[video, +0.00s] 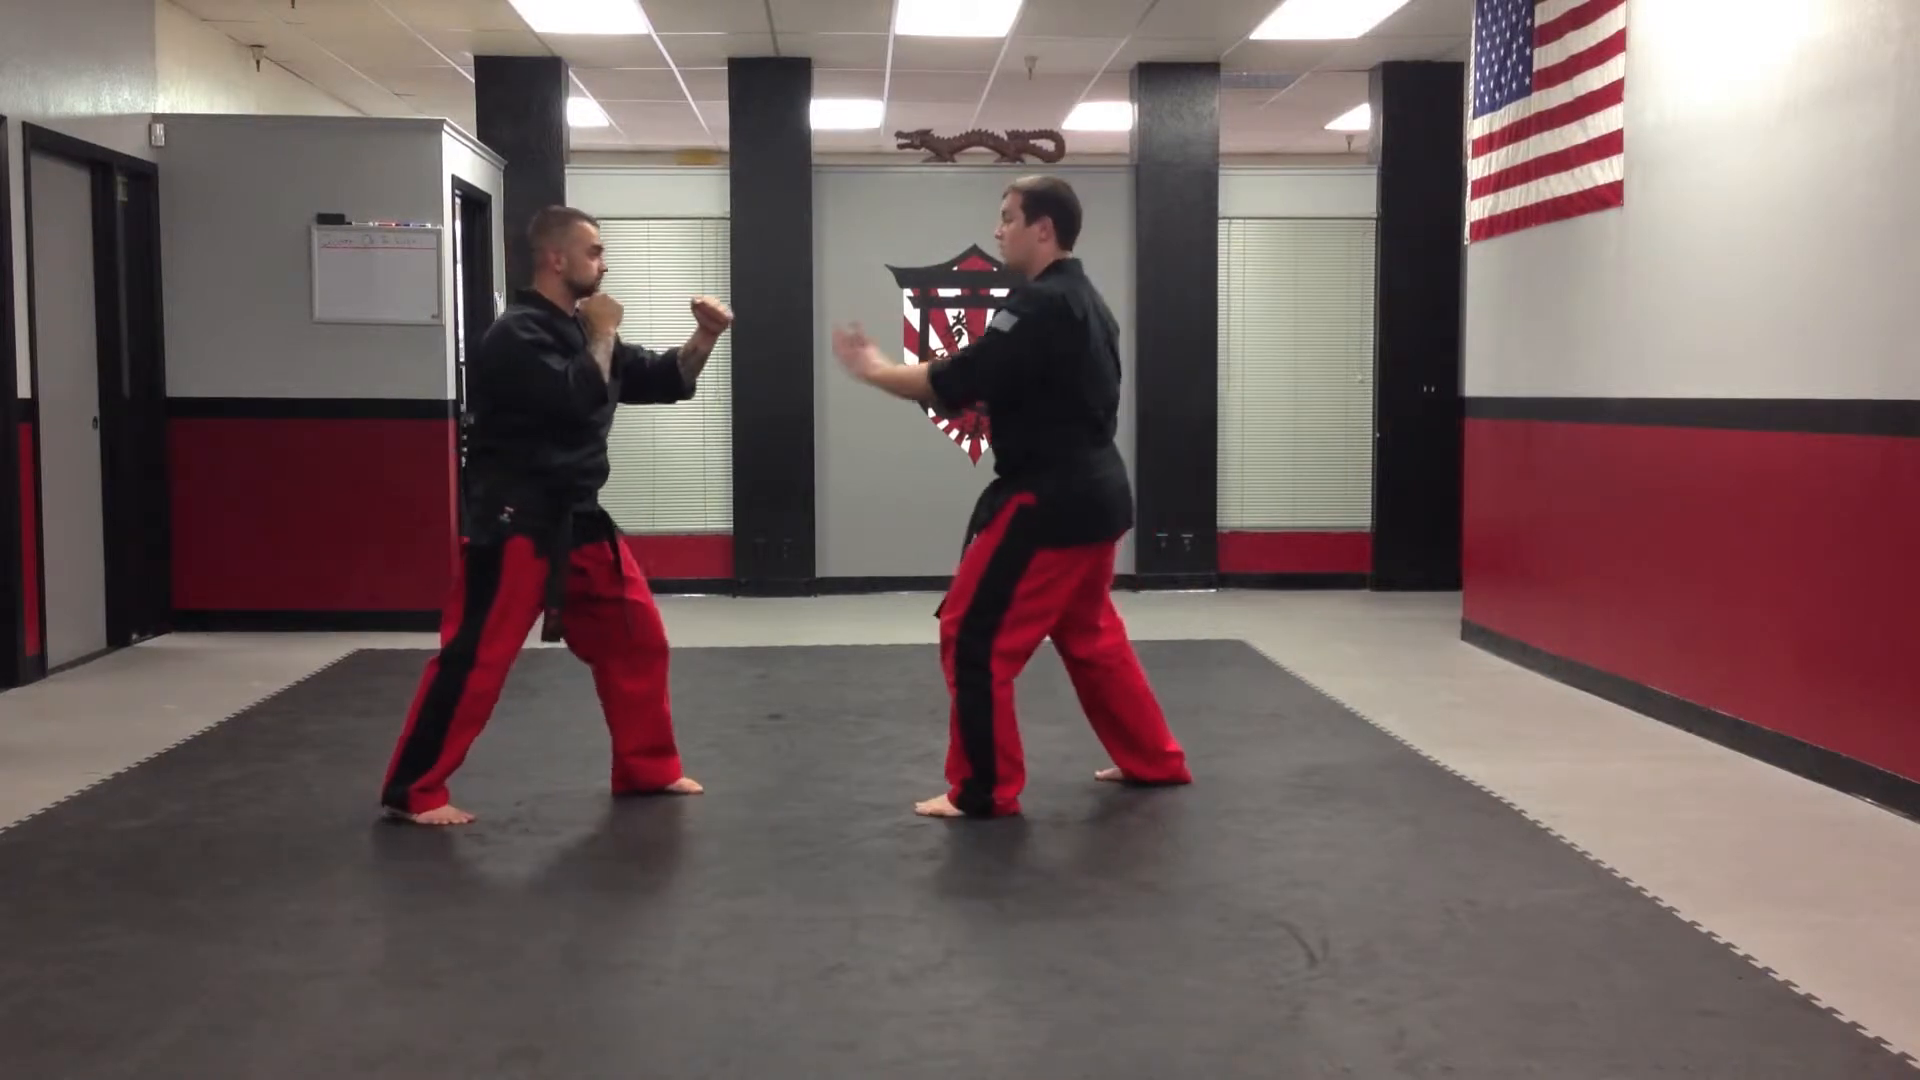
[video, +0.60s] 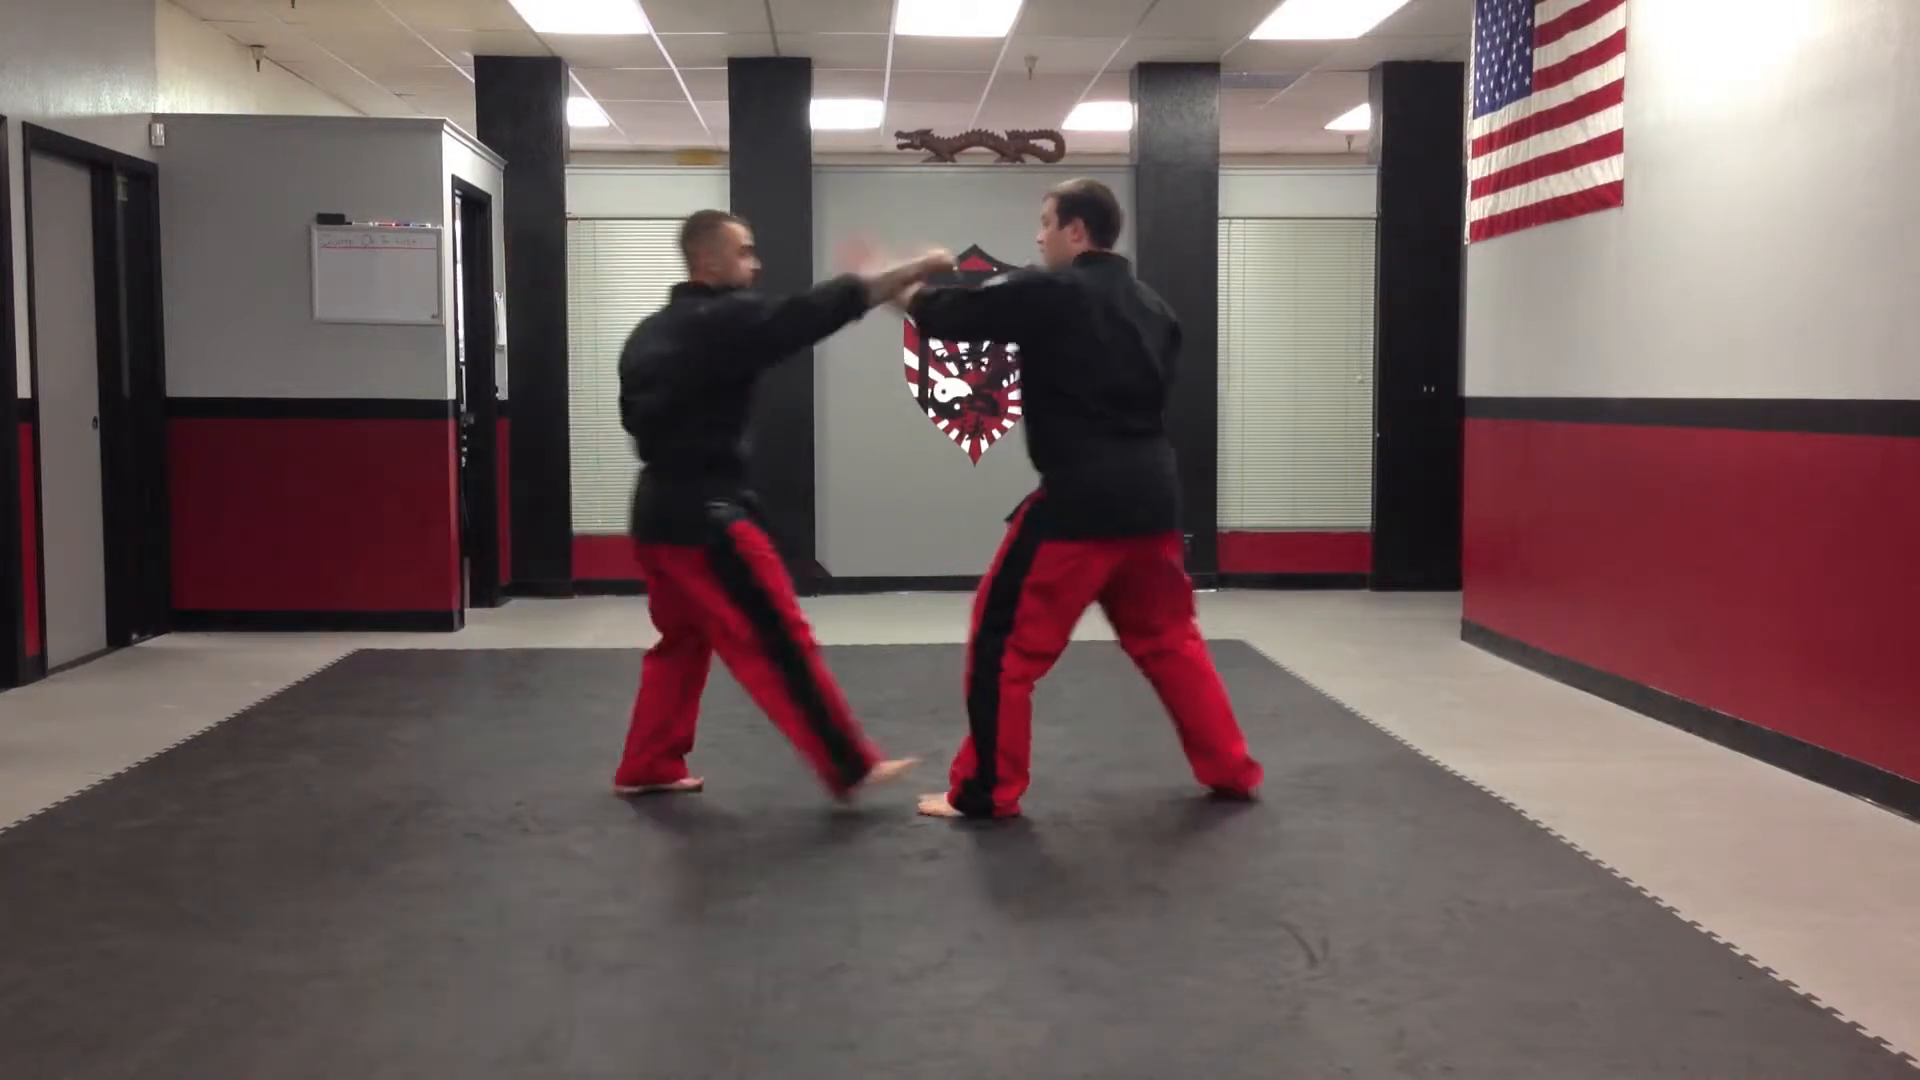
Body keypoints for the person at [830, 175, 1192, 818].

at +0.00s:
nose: (997, 232)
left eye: (1006, 220)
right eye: (1000, 219)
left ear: (1043, 229)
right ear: (1050, 233)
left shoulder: (1043, 304)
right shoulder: (1082, 299)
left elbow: (953, 380)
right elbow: (1050, 393)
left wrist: (875, 370)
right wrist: (983, 403)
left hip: (1044, 503)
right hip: (1093, 496)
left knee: (970, 635)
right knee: (1087, 627)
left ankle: (984, 792)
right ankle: (1154, 759)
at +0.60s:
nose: (1039, 239)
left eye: (1045, 226)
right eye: (1041, 226)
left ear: (1075, 231)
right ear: (1103, 234)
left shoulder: (1048, 291)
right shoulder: (1153, 307)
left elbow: (951, 313)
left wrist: (915, 287)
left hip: (1074, 504)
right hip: (1151, 503)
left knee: (1003, 644)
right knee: (1169, 637)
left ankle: (987, 794)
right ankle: (1233, 772)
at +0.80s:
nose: (1066, 252)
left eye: (1072, 239)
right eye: (1067, 240)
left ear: (1103, 240)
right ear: (1131, 242)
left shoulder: (1086, 307)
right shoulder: (1195, 309)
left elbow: (1022, 376)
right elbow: (1229, 403)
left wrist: (986, 315)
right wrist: (1162, 410)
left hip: (1103, 509)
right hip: (1187, 508)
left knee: (1037, 638)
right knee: (1195, 642)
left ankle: (1038, 779)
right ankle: (1232, 775)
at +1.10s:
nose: (1044, 263)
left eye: (1049, 251)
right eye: (1045, 251)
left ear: (1078, 254)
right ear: (1106, 256)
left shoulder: (1060, 316)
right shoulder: (1169, 317)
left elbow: (985, 372)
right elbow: (1214, 407)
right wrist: (1148, 415)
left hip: (1089, 516)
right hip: (1170, 511)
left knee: (1034, 644)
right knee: (1197, 643)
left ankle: (1008, 777)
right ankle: (1237, 776)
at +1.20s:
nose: (1020, 260)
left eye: (1026, 249)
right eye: (1023, 248)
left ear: (1053, 251)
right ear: (1083, 255)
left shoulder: (1025, 312)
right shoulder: (1139, 318)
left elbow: (929, 337)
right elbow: (1185, 416)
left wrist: (850, 293)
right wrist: (1118, 403)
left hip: (1048, 515)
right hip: (1132, 512)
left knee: (1018, 645)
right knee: (1183, 639)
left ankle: (1007, 780)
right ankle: (1239, 775)